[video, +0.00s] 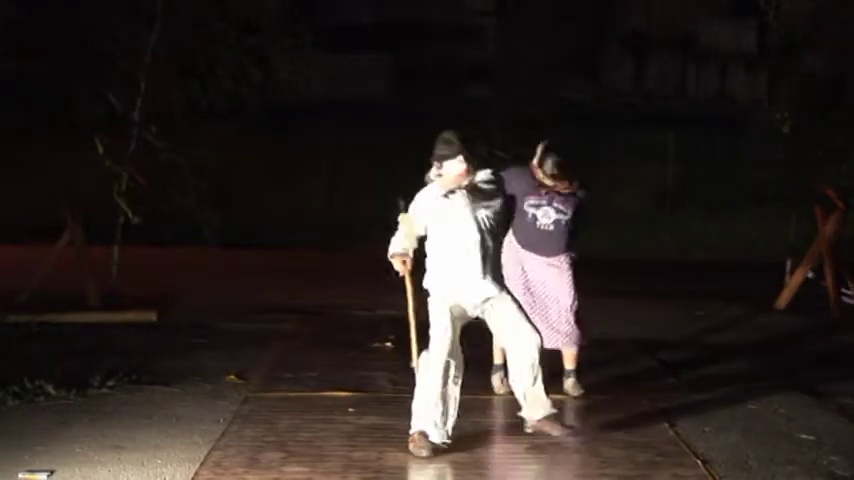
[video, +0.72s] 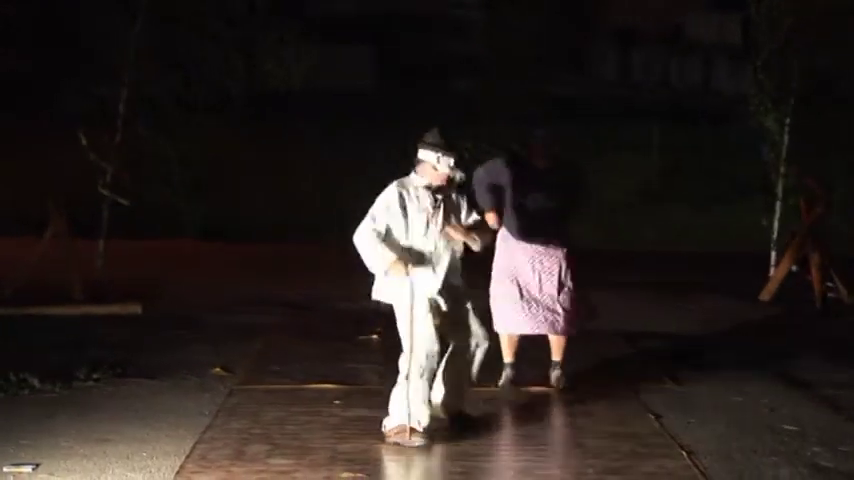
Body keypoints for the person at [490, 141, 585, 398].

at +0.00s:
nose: (554, 190)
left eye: (561, 186)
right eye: (549, 184)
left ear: (569, 179)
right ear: (538, 172)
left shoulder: (575, 193)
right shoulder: (521, 179)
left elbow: (577, 227)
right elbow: (486, 182)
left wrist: (571, 250)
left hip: (557, 258)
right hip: (518, 252)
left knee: (566, 312)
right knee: (507, 309)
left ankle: (570, 376)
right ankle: (498, 367)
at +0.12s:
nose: (563, 182)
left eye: (569, 176)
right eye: (559, 176)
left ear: (575, 174)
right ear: (548, 170)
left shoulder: (582, 194)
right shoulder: (531, 180)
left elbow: (585, 227)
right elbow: (503, 192)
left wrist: (578, 252)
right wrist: (493, 218)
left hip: (563, 262)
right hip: (525, 255)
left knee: (572, 318)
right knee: (515, 313)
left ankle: (570, 376)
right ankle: (507, 370)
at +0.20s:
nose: (559, 176)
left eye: (565, 171)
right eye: (555, 170)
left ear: (574, 169)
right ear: (547, 164)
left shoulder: (581, 186)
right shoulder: (530, 177)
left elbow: (587, 218)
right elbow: (509, 195)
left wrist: (580, 247)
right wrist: (500, 219)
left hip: (565, 258)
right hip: (527, 250)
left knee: (571, 313)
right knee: (514, 303)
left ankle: (569, 374)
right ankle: (497, 363)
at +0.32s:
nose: (562, 164)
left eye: (567, 158)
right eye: (557, 157)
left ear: (576, 160)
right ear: (548, 156)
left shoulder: (583, 184)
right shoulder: (532, 175)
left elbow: (595, 213)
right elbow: (510, 189)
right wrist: (503, 218)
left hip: (566, 255)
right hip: (528, 247)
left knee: (570, 314)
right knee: (521, 299)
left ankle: (567, 373)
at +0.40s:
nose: (563, 162)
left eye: (569, 157)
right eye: (558, 155)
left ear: (576, 159)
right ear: (549, 155)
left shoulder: (583, 183)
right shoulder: (534, 176)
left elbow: (596, 212)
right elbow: (508, 191)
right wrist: (501, 220)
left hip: (566, 258)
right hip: (528, 251)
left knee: (571, 318)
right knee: (520, 307)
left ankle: (565, 373)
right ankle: (495, 296)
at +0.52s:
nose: (559, 163)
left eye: (565, 157)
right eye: (555, 155)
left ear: (573, 159)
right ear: (545, 155)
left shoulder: (580, 184)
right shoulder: (529, 176)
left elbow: (589, 214)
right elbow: (505, 191)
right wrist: (501, 224)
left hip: (562, 257)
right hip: (524, 249)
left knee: (567, 315)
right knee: (512, 303)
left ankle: (562, 372)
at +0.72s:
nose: (540, 154)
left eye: (546, 147)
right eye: (535, 147)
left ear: (553, 148)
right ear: (525, 146)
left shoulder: (564, 172)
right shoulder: (509, 165)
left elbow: (575, 204)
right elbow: (481, 177)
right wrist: (491, 212)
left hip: (552, 248)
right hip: (513, 245)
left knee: (558, 310)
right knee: (507, 308)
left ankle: (557, 368)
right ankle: (508, 367)